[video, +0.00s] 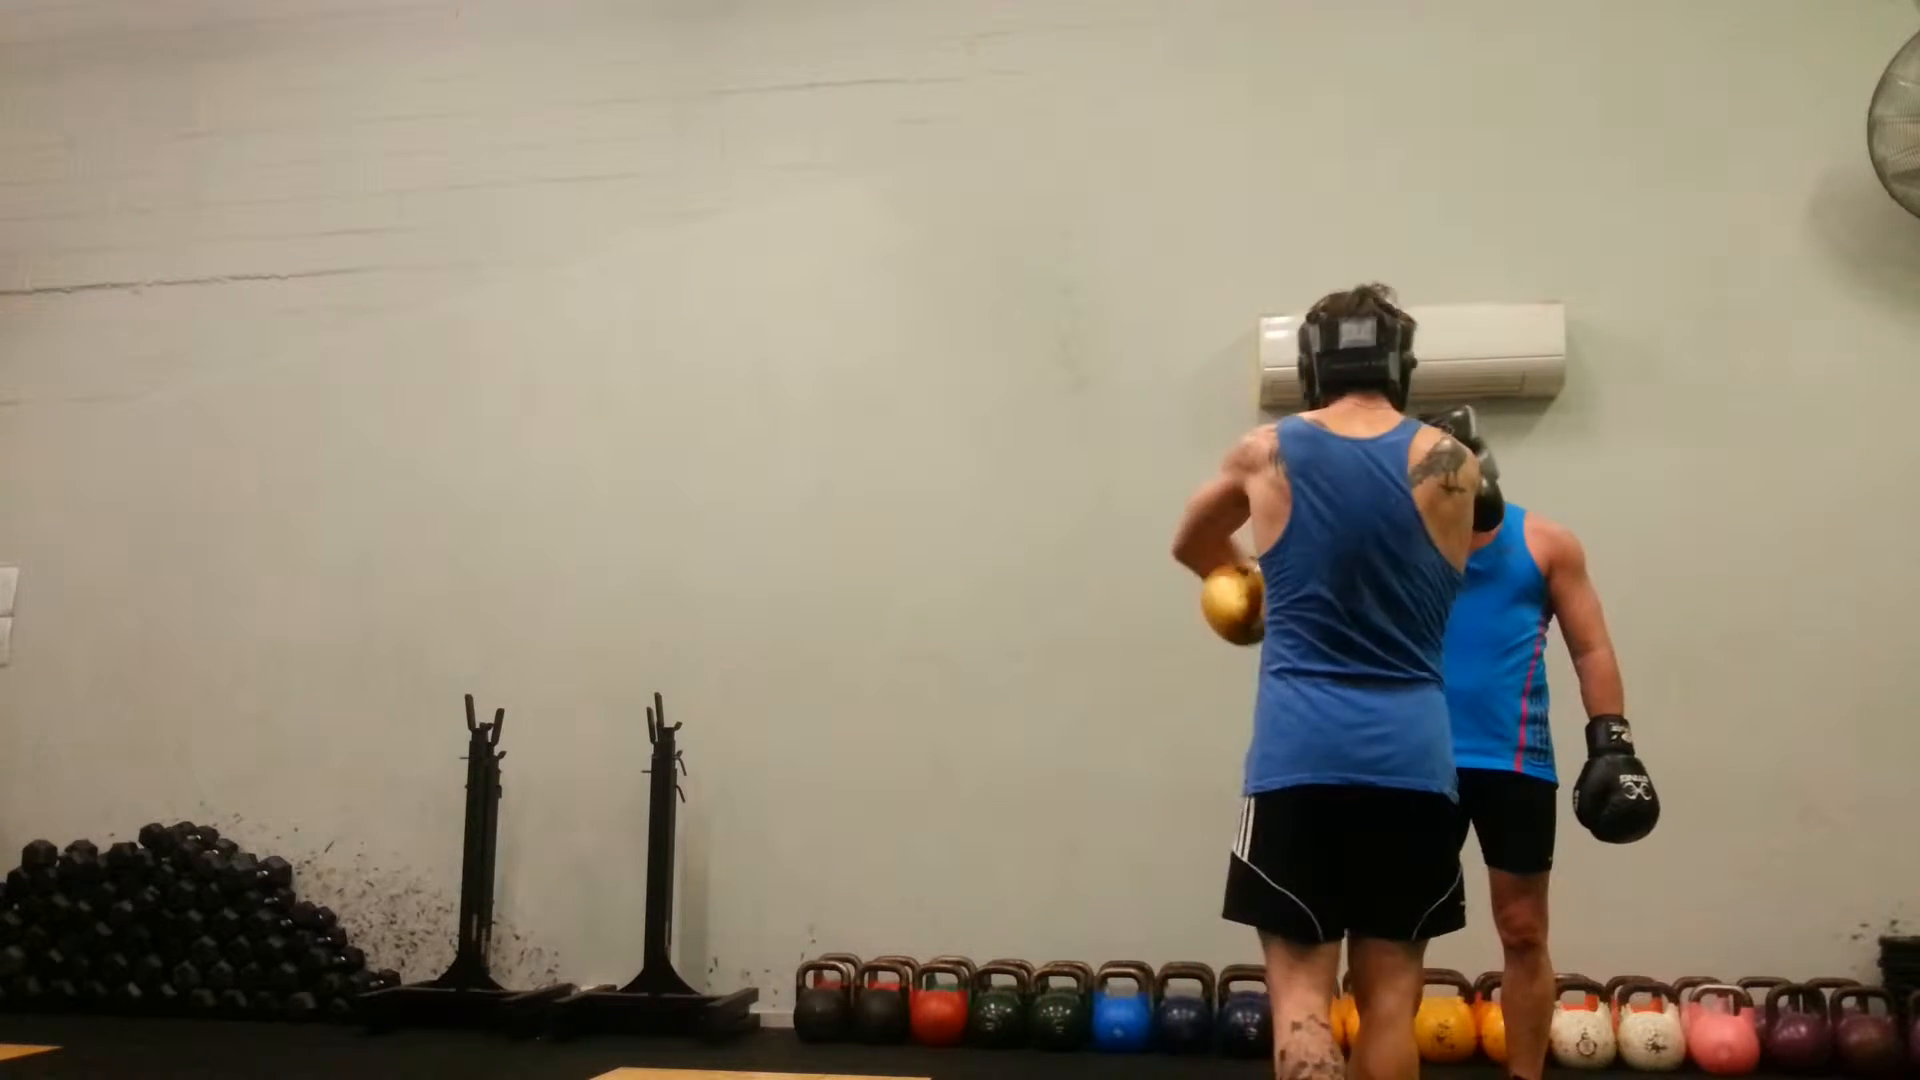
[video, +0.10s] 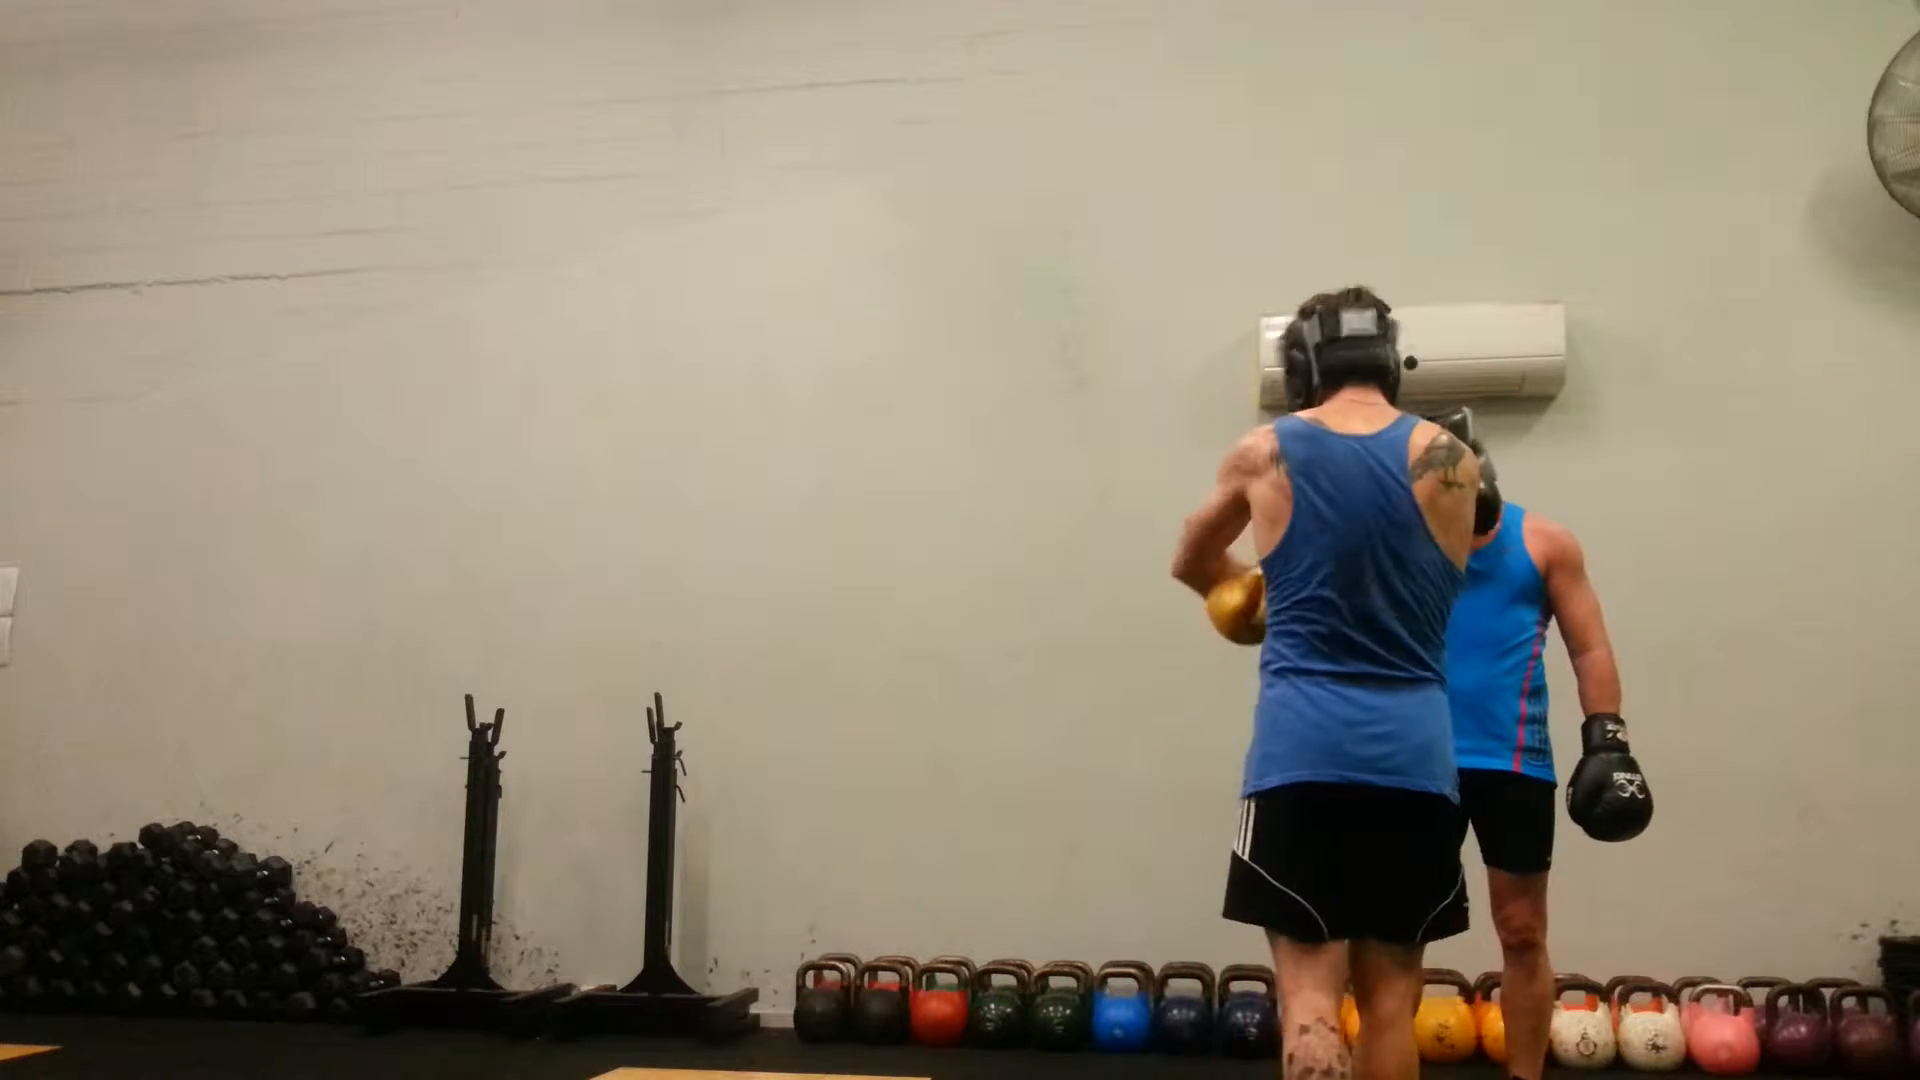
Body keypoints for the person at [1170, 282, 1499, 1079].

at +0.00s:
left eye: (1311, 358)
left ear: (1312, 363)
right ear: (1401, 364)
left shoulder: (1266, 449)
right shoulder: (1453, 462)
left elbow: (1194, 542)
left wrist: (1244, 579)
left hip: (1297, 760)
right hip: (1415, 762)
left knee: (1300, 996)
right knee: (1390, 999)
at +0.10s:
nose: (1292, 373)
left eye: (1293, 362)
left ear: (1301, 366)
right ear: (1393, 364)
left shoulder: (1264, 450)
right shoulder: (1456, 460)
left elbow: (1193, 562)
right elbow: (1446, 567)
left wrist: (1243, 591)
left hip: (1299, 756)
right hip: (1416, 760)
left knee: (1309, 995)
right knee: (1392, 1000)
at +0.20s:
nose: (1272, 383)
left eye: (1274, 371)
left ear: (1289, 368)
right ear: (1375, 361)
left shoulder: (1263, 452)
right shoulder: (1457, 459)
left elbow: (1197, 579)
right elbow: (1464, 612)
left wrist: (1256, 603)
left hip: (1304, 757)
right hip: (1421, 761)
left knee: (1316, 1009)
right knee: (1392, 1004)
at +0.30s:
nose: (1255, 384)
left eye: (1257, 372)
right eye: (1257, 372)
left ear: (1277, 371)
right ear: (1365, 364)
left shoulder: (1251, 456)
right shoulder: (1457, 456)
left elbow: (1206, 594)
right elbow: (1485, 618)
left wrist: (1267, 575)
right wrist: (1392, 617)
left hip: (1312, 756)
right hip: (1434, 760)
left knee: (1324, 1013)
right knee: (1399, 998)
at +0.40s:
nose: (1257, 385)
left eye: (1258, 371)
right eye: (1258, 372)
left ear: (1274, 369)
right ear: (1366, 360)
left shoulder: (1250, 456)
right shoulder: (1459, 451)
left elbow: (1220, 602)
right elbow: (1498, 609)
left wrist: (1283, 561)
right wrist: (1413, 618)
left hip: (1318, 753)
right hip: (1442, 755)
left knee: (1333, 1010)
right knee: (1416, 993)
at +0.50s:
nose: (1274, 363)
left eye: (1277, 352)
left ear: (1285, 359)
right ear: (1378, 349)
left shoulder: (1256, 457)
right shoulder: (1465, 452)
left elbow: (1238, 605)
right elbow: (1503, 611)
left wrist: (1317, 575)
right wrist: (1411, 594)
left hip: (1323, 752)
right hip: (1446, 753)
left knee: (1342, 1014)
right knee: (1451, 988)